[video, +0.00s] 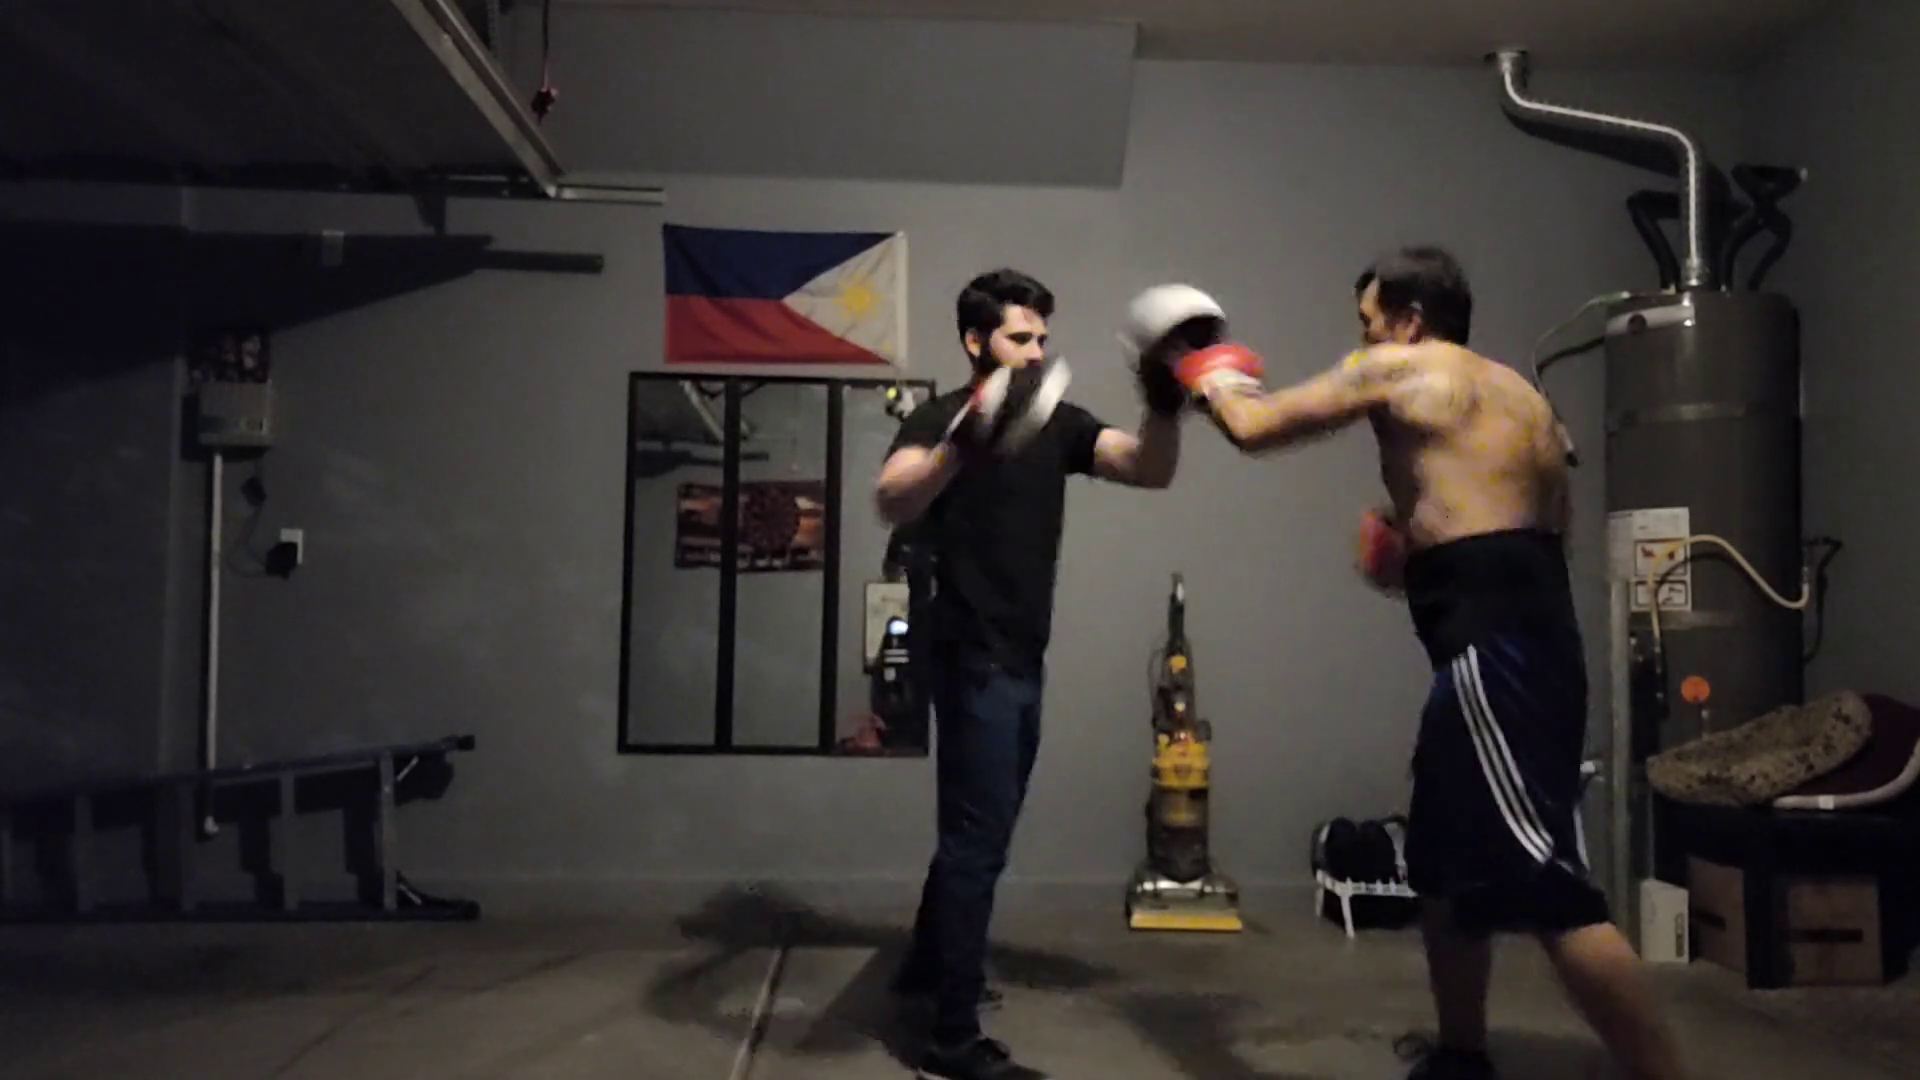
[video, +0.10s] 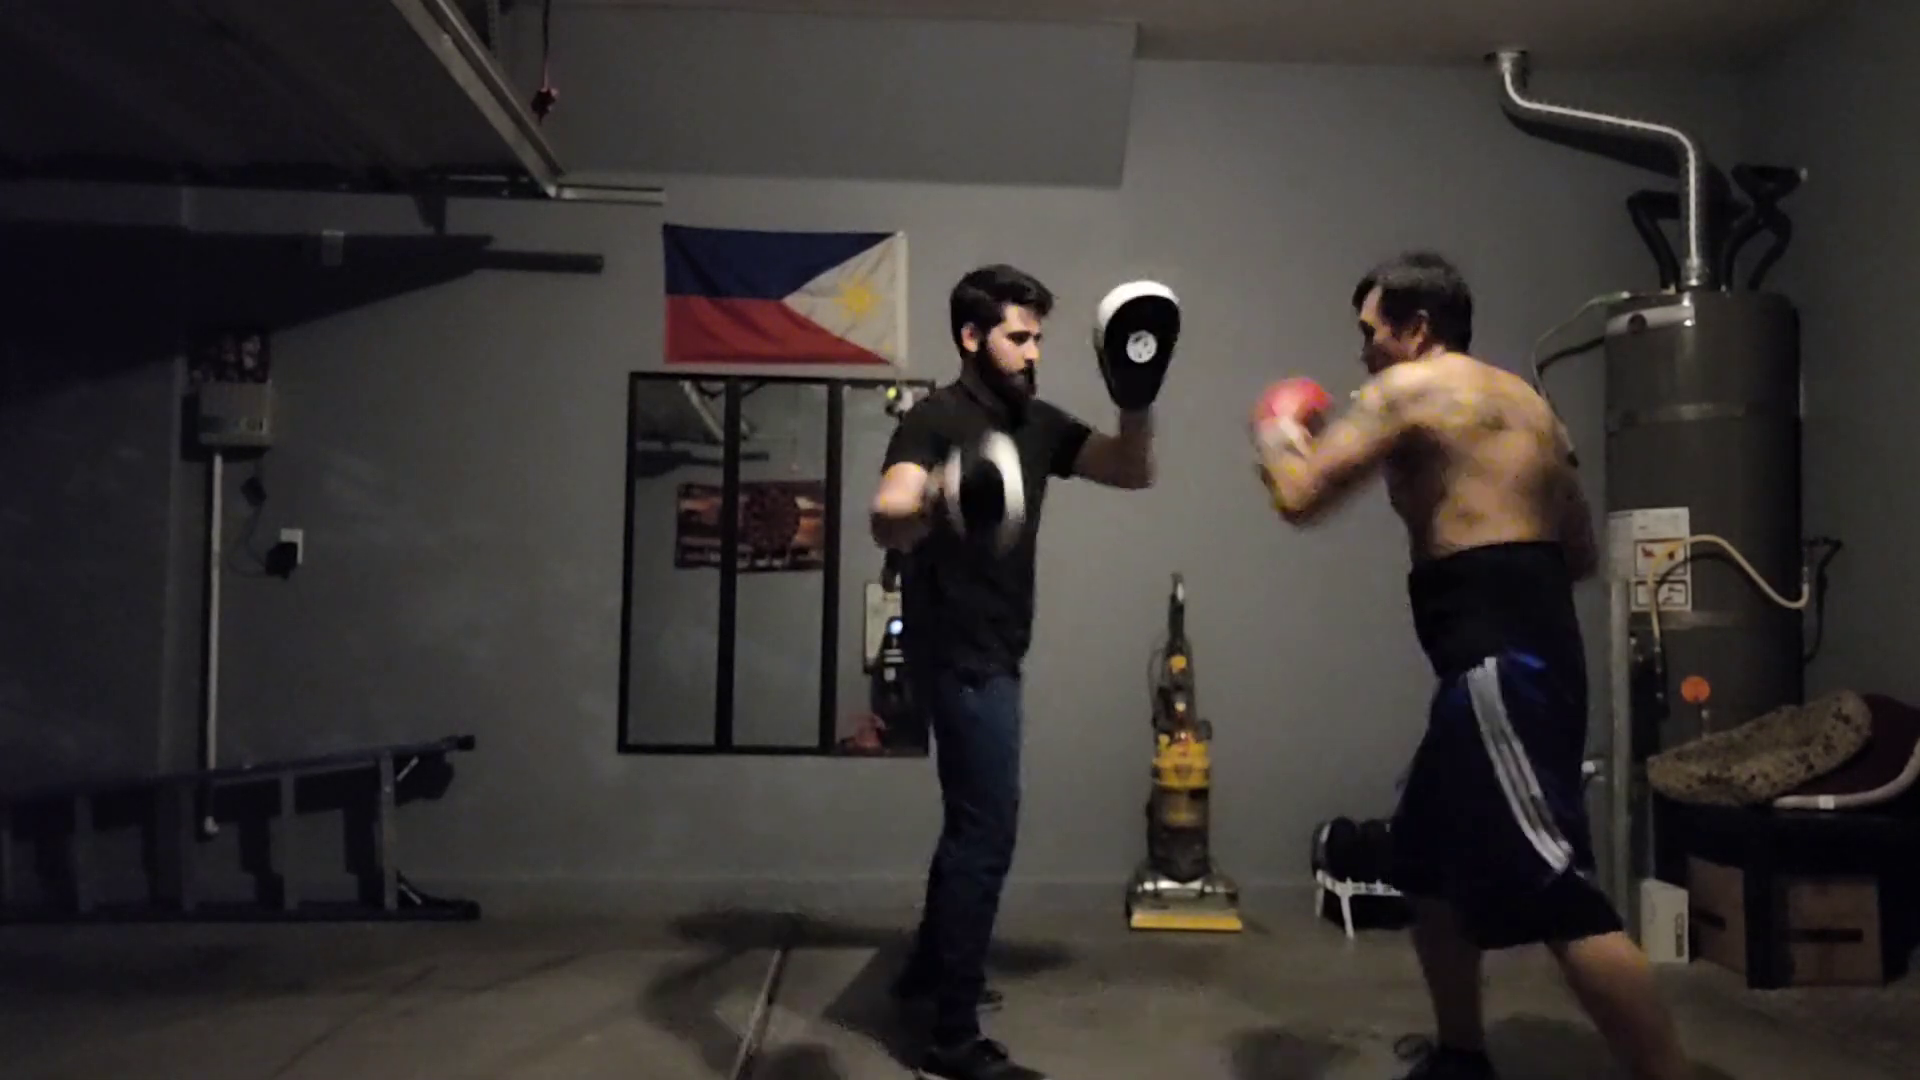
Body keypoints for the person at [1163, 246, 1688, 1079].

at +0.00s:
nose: (1363, 338)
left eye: (1368, 322)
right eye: (1361, 323)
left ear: (1403, 317)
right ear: (1451, 319)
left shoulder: (1399, 365)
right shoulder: (1529, 398)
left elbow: (1252, 424)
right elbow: (1541, 540)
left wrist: (1210, 368)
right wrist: (1417, 559)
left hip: (1492, 640)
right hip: (1528, 634)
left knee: (1547, 881)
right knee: (1444, 859)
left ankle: (1661, 1069)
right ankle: (1460, 1056)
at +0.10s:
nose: (1363, 348)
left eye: (1370, 331)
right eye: (1361, 331)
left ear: (1413, 326)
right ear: (1443, 329)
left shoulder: (1406, 388)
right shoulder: (1526, 398)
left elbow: (1298, 492)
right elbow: (1580, 547)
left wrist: (1273, 429)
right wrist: (1486, 572)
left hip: (1489, 645)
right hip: (1541, 635)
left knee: (1555, 885)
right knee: (1426, 854)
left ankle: (1666, 1068)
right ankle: (1460, 1056)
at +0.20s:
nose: (1362, 353)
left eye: (1369, 334)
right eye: (1360, 336)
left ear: (1420, 328)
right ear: (1427, 329)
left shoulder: (1470, 380)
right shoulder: (1457, 392)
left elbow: (1397, 502)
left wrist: (1329, 472)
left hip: (1532, 656)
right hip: (1485, 660)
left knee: (1583, 887)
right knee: (1424, 864)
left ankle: (1670, 1068)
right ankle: (1457, 1056)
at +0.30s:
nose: (1370, 346)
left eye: (1380, 327)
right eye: (1365, 330)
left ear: (1431, 320)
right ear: (1423, 325)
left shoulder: (1508, 370)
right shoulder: (1435, 407)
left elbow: (1478, 488)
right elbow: (1413, 518)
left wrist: (1389, 442)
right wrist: (1306, 519)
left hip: (1572, 650)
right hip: (1498, 653)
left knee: (1607, 884)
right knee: (1443, 862)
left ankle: (1676, 1070)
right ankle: (1459, 1055)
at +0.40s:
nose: (1385, 341)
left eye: (1394, 322)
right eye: (1381, 325)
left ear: (1445, 317)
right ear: (1431, 324)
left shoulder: (1530, 373)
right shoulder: (1444, 405)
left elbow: (1530, 488)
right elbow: (1423, 523)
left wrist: (1429, 438)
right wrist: (1334, 528)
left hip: (1585, 648)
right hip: (1508, 650)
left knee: (1623, 888)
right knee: (1447, 862)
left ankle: (1702, 1067)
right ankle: (1459, 1056)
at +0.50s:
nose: (1406, 341)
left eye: (1418, 323)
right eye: (1403, 325)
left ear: (1472, 322)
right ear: (1464, 327)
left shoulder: (1554, 383)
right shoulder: (1475, 419)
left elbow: (1607, 488)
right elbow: (1481, 519)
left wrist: (1484, 474)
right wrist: (1386, 547)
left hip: (1590, 677)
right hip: (1498, 674)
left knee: (1643, 903)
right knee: (1411, 856)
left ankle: (1711, 1071)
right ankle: (1437, 1037)